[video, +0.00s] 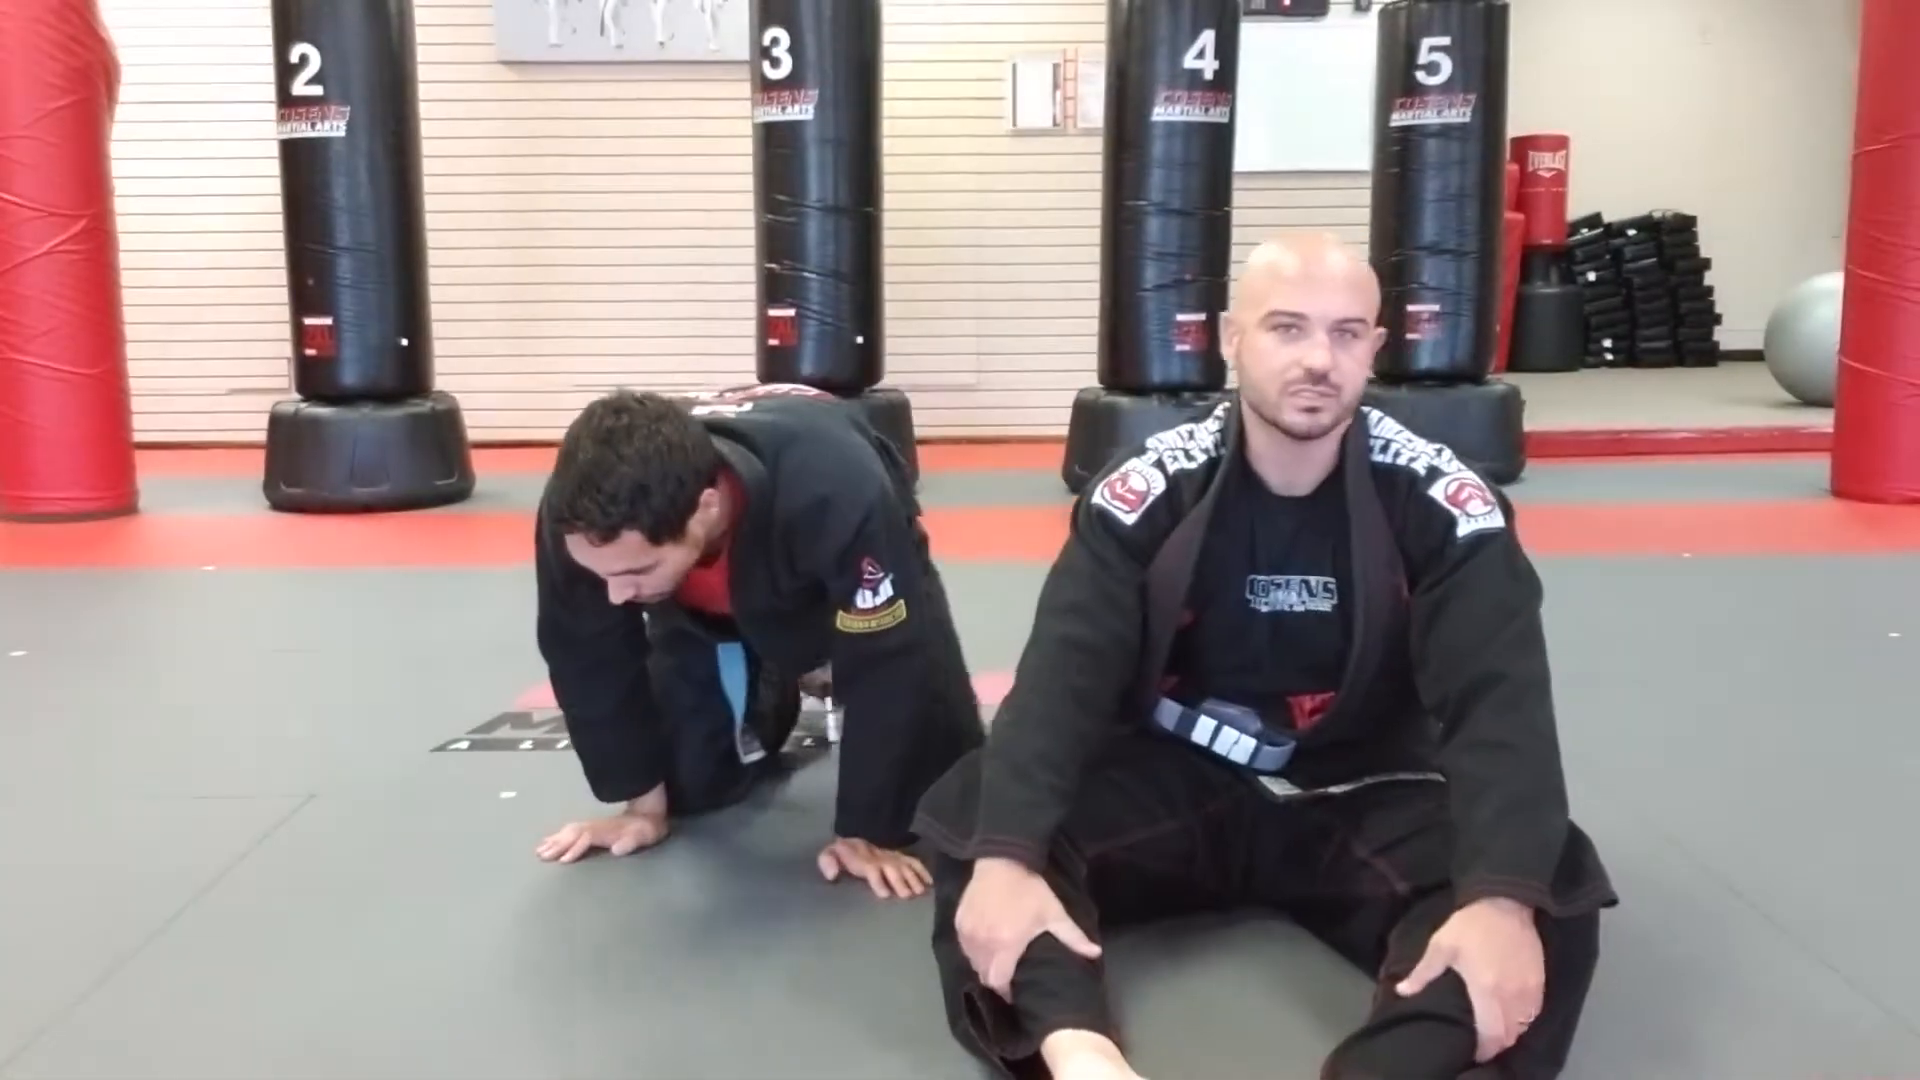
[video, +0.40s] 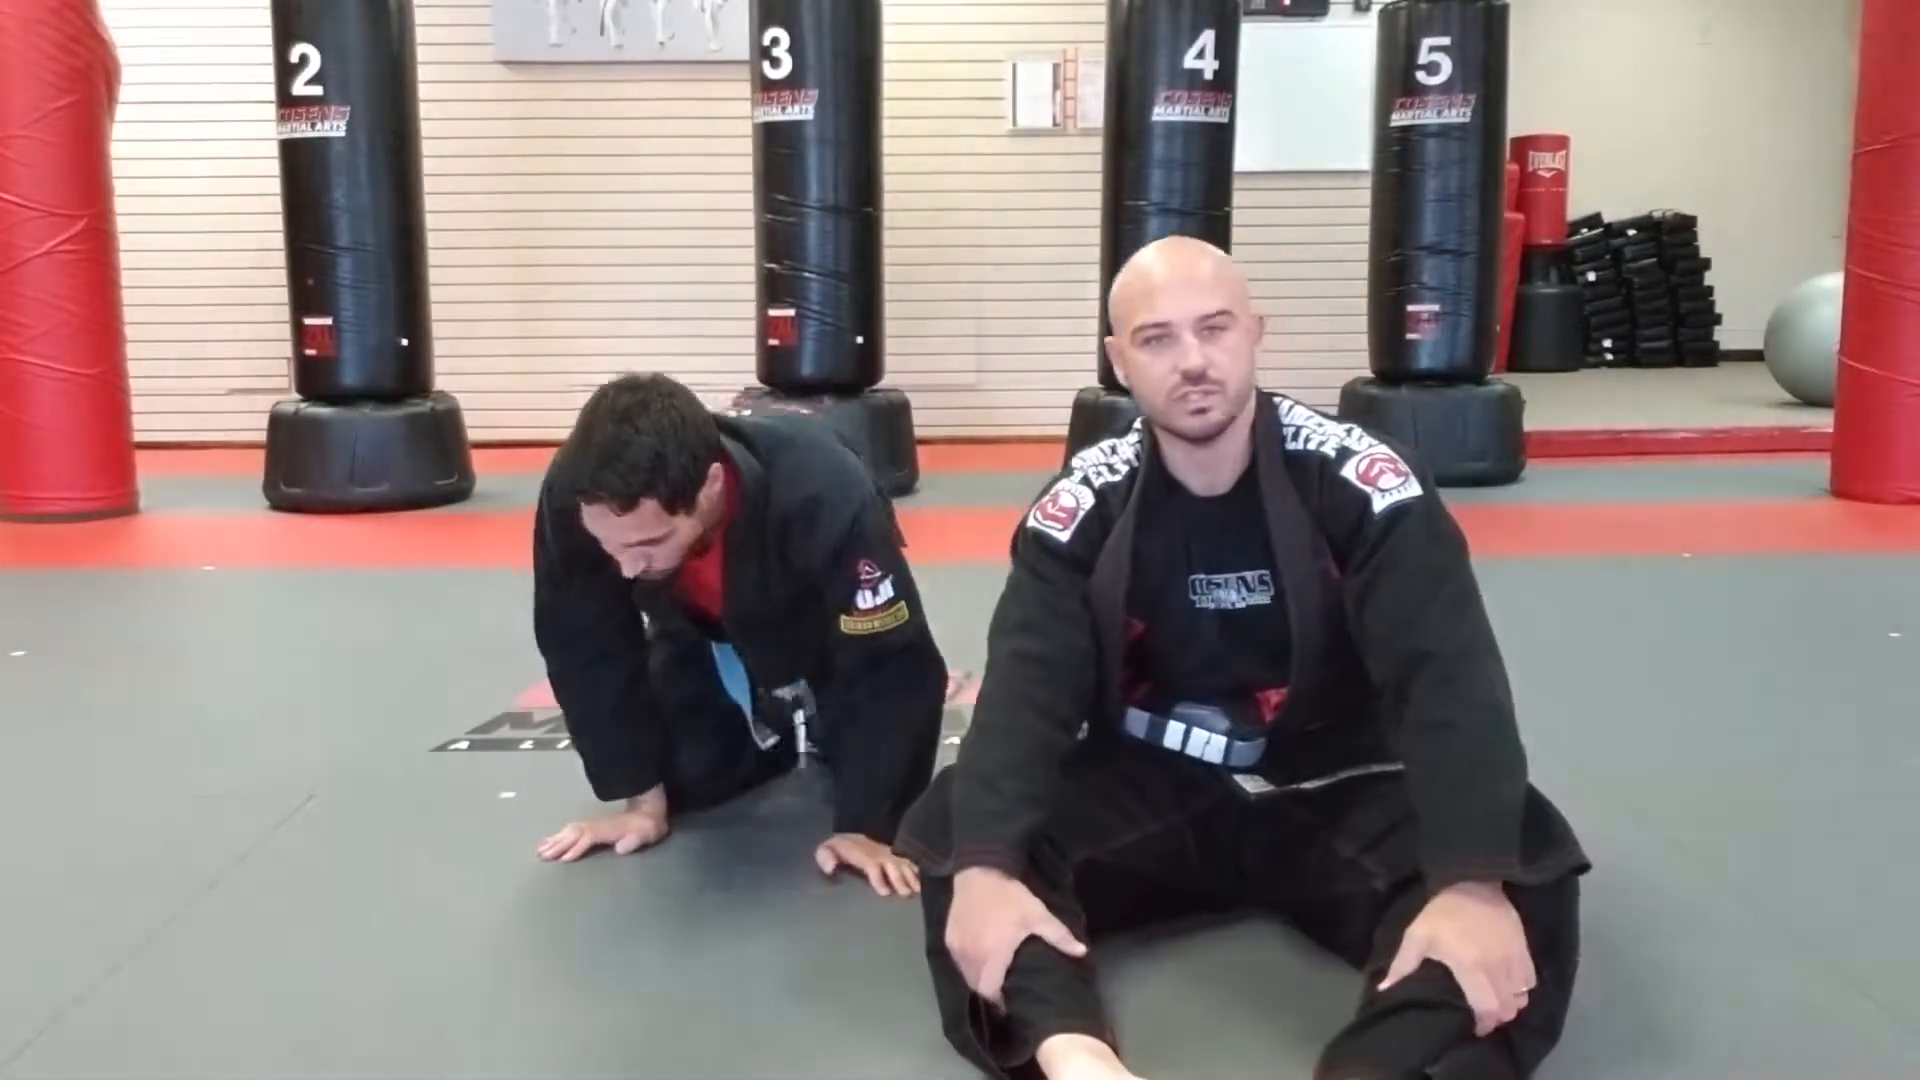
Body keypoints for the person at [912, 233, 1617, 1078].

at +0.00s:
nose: (1318, 360)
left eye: (1346, 333)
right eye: (1287, 330)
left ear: (1375, 347)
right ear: (1232, 340)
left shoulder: (1438, 496)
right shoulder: (1150, 487)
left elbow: (1497, 701)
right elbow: (1063, 678)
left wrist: (1503, 897)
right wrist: (1007, 856)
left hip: (1363, 804)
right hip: (1171, 790)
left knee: (1541, 890)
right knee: (983, 820)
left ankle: (1383, 1061)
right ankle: (1083, 1058)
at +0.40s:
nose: (1192, 361)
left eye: (1214, 329)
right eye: (1157, 340)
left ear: (1255, 334)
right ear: (1118, 361)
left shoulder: (1361, 482)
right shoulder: (1081, 506)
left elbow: (1450, 678)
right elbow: (1026, 696)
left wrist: (1472, 881)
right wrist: (984, 866)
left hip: (1338, 799)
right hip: (1147, 795)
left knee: (1518, 862)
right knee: (960, 830)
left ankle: (1377, 1060)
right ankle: (1075, 1057)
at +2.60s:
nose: (1228, 375)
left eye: (1250, 341)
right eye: (1192, 350)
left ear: (1285, 339)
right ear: (1146, 363)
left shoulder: (1381, 483)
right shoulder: (1104, 500)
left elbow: (1465, 685)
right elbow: (1045, 688)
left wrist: (1474, 885)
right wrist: (1011, 863)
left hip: (1348, 806)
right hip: (1155, 798)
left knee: (1528, 873)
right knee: (970, 818)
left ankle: (1378, 1063)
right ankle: (1078, 1063)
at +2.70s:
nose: (1223, 365)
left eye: (1245, 331)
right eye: (1188, 342)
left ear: (1283, 332)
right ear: (1146, 357)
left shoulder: (1377, 478)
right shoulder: (1105, 498)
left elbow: (1456, 680)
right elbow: (1046, 687)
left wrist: (1455, 873)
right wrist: (1017, 856)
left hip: (1342, 805)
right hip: (1153, 798)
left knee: (1512, 860)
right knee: (973, 816)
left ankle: (1365, 1067)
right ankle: (1082, 1064)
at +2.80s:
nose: (1225, 356)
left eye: (1247, 323)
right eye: (1191, 334)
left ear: (1284, 332)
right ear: (1148, 357)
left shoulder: (1376, 474)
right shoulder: (1105, 495)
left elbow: (1444, 669)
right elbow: (1050, 672)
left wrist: (1436, 854)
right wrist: (1030, 832)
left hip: (1337, 800)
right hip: (1156, 793)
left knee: (1494, 839)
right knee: (984, 801)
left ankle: (1360, 1067)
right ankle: (1085, 1060)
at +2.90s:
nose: (1230, 350)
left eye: (1253, 320)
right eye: (1198, 329)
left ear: (1289, 331)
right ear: (1155, 351)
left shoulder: (1374, 470)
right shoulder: (1116, 479)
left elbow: (1435, 659)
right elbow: (1047, 641)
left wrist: (1416, 823)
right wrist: (1033, 765)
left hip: (1330, 794)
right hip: (1151, 784)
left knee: (1466, 833)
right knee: (995, 791)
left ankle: (1346, 1064)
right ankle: (1084, 1052)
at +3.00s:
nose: (1238, 341)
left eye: (1262, 314)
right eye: (1207, 319)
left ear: (1297, 328)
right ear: (1165, 341)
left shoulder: (1380, 467)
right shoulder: (1121, 474)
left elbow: (1445, 644)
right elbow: (1049, 637)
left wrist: (1450, 790)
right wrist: (1015, 707)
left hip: (1335, 784)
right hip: (1158, 777)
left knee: (1452, 824)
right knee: (1014, 783)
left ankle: (1341, 1058)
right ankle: (1090, 1046)